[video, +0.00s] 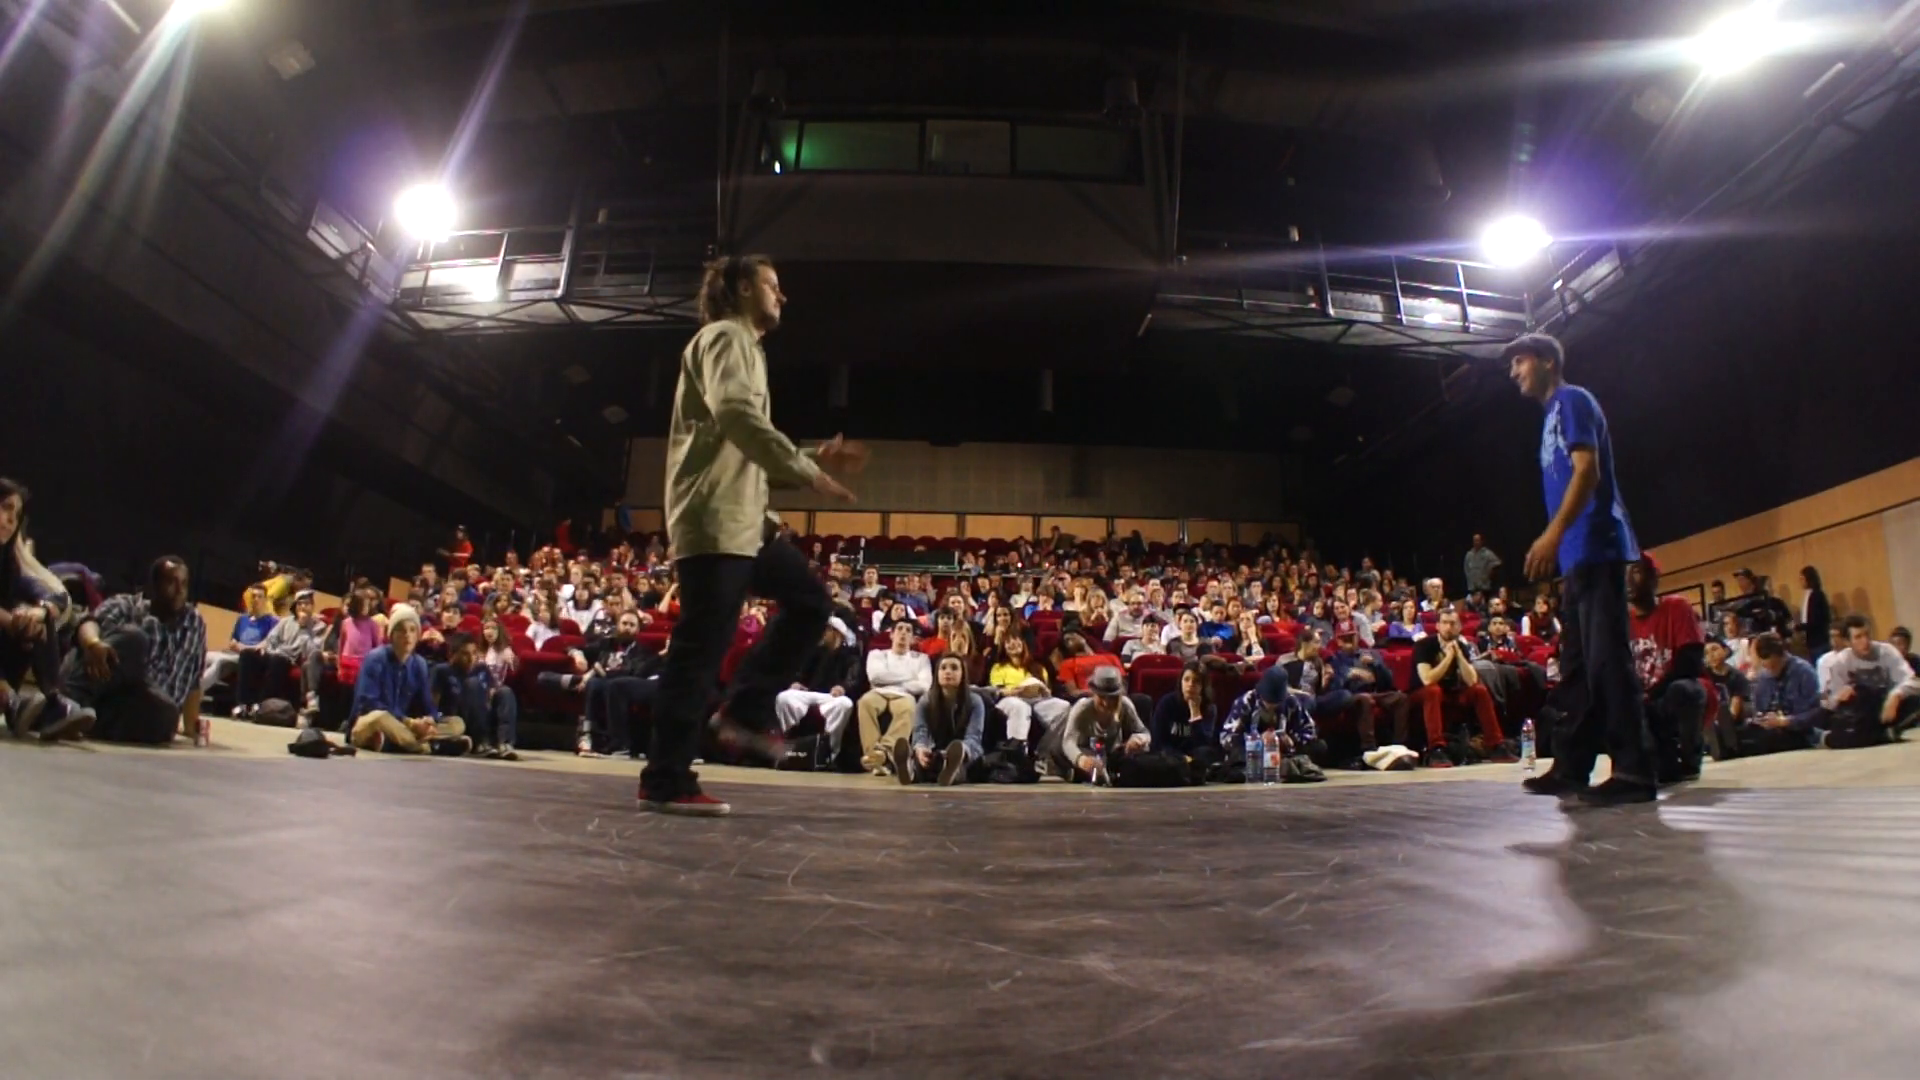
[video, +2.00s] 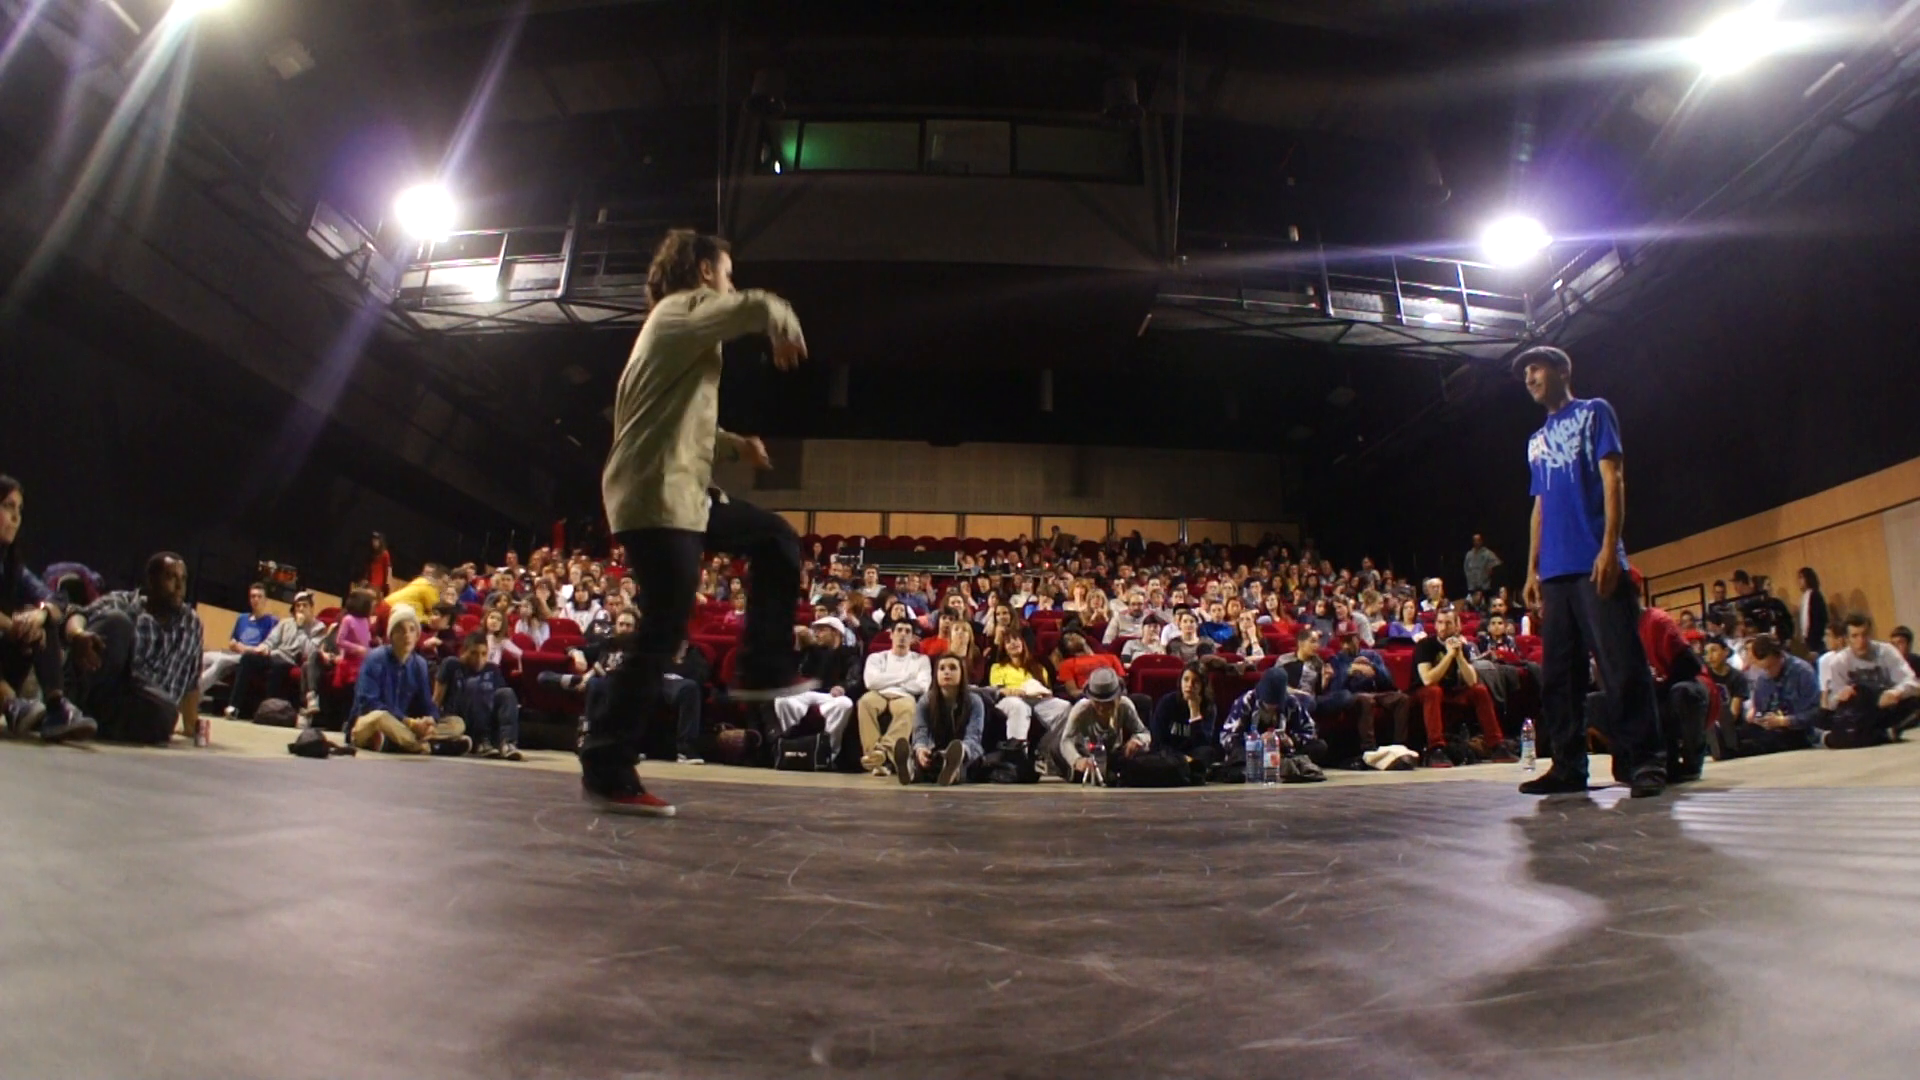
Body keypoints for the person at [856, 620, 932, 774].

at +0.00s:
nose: (903, 634)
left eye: (908, 631)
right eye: (900, 629)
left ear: (913, 638)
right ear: (891, 634)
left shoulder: (921, 658)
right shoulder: (876, 654)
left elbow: (924, 685)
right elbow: (875, 677)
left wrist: (891, 683)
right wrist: (909, 678)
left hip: (905, 694)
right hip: (880, 691)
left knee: (907, 710)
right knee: (865, 703)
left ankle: (885, 749)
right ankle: (875, 760)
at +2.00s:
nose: (903, 635)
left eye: (907, 632)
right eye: (899, 630)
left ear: (912, 638)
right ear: (891, 634)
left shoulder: (921, 659)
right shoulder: (875, 657)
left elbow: (922, 686)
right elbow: (871, 682)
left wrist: (887, 683)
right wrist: (905, 678)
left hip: (904, 694)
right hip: (879, 692)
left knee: (907, 710)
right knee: (865, 703)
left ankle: (884, 750)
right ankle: (876, 761)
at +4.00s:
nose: (903, 635)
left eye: (907, 632)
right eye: (899, 631)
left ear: (912, 638)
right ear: (891, 634)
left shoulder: (921, 659)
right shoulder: (876, 658)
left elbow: (922, 686)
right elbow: (871, 682)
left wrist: (887, 683)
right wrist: (905, 678)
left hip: (904, 694)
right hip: (879, 692)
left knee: (907, 710)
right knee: (865, 703)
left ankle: (884, 750)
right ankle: (876, 761)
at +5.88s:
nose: (903, 636)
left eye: (907, 632)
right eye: (898, 632)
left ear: (912, 638)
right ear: (891, 635)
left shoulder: (921, 659)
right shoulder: (876, 658)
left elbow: (922, 686)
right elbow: (871, 682)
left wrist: (887, 683)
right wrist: (905, 677)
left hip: (904, 694)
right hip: (879, 693)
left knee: (907, 710)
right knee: (865, 703)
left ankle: (884, 750)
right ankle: (876, 761)